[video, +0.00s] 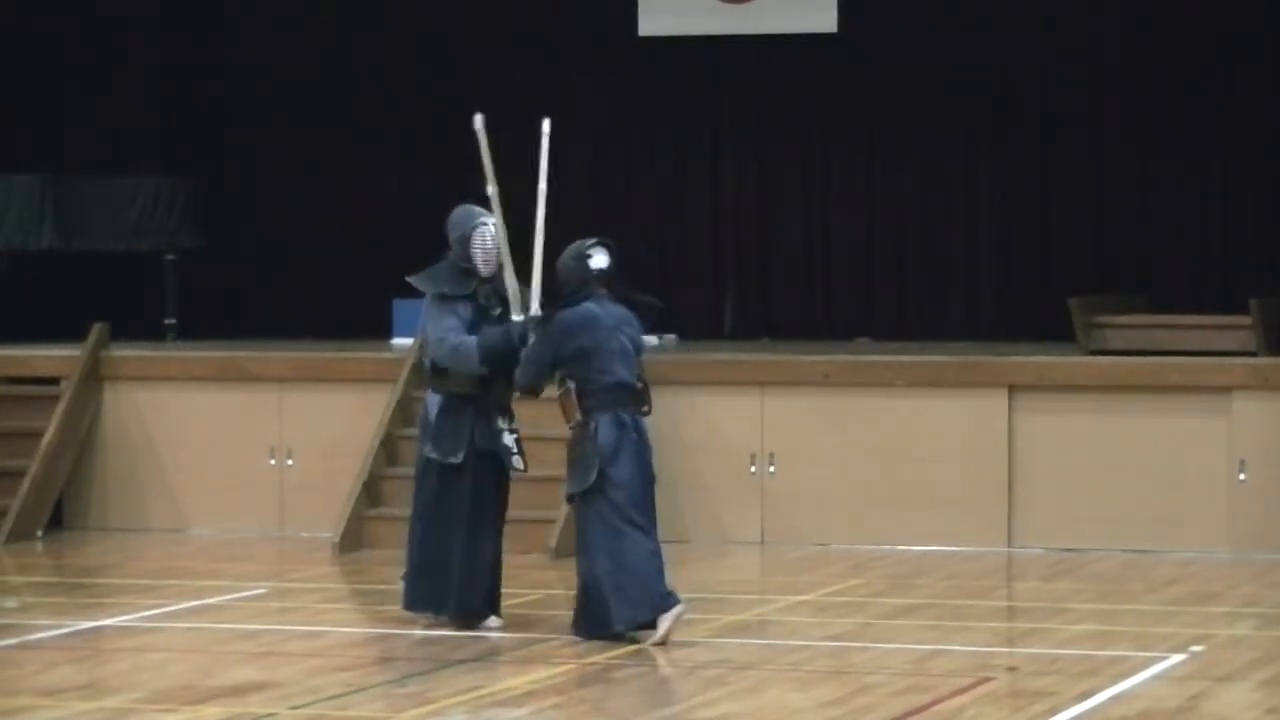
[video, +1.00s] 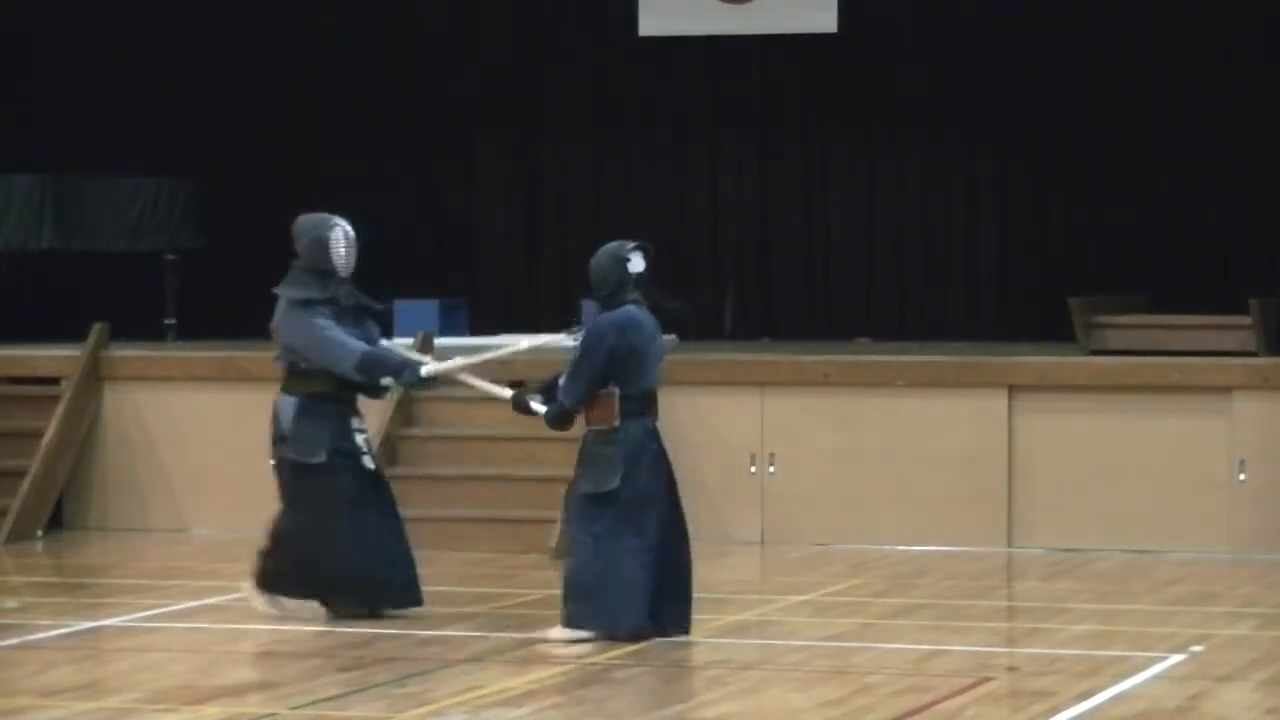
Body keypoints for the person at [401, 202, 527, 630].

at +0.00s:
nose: (488, 250)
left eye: (492, 241)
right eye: (479, 241)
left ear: (499, 246)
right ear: (460, 246)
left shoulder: (501, 294)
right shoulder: (446, 295)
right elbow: (445, 352)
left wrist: (530, 335)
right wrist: (511, 338)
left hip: (490, 409)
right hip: (453, 410)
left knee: (485, 506)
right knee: (451, 505)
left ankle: (478, 607)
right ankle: (443, 604)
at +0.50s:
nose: (459, 256)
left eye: (462, 247)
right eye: (449, 248)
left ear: (468, 251)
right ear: (427, 253)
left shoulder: (472, 301)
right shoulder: (413, 310)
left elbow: (500, 361)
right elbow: (463, 348)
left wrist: (537, 363)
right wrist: (533, 346)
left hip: (462, 418)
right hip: (426, 419)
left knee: (469, 511)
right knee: (436, 512)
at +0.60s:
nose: (439, 265)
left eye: (441, 256)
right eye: (430, 258)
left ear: (444, 258)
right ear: (408, 262)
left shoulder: (444, 308)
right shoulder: (394, 319)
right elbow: (443, 356)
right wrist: (516, 350)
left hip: (444, 422)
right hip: (412, 425)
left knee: (451, 511)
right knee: (430, 515)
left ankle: (377, 582)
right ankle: (454, 612)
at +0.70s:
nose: (412, 266)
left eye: (415, 256)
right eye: (402, 258)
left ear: (419, 259)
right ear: (380, 262)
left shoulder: (419, 308)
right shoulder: (367, 319)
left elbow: (452, 342)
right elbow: (410, 359)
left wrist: (485, 362)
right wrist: (462, 369)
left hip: (421, 420)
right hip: (385, 423)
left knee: (431, 511)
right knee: (425, 515)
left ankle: (369, 586)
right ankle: (458, 608)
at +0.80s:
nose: (387, 263)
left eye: (392, 253)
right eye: (378, 254)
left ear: (397, 257)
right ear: (357, 258)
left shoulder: (398, 311)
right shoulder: (342, 317)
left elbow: (424, 351)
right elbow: (379, 356)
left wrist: (442, 374)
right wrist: (430, 371)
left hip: (395, 417)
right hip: (358, 420)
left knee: (391, 511)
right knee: (404, 510)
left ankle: (355, 594)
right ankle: (431, 602)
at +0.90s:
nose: (366, 259)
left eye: (369, 250)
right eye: (357, 251)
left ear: (373, 253)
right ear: (335, 255)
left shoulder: (369, 304)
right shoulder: (318, 313)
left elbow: (394, 344)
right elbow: (355, 352)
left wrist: (422, 362)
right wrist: (408, 370)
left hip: (368, 414)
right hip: (333, 416)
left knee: (386, 504)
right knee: (354, 508)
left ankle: (394, 597)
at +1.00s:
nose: (345, 256)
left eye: (347, 247)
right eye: (336, 248)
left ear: (349, 250)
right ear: (313, 251)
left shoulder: (345, 302)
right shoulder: (296, 309)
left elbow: (370, 346)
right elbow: (339, 351)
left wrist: (405, 363)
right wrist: (401, 369)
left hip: (343, 411)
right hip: (306, 412)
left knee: (364, 501)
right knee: (320, 501)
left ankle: (357, 593)